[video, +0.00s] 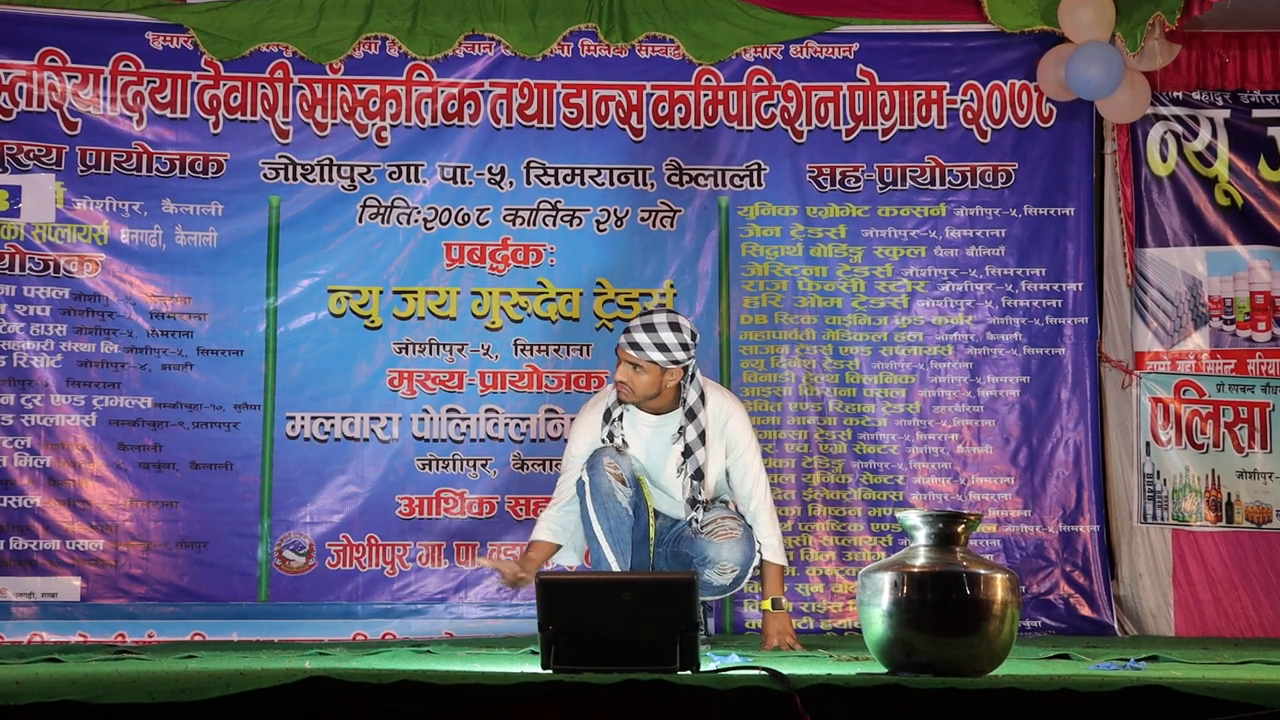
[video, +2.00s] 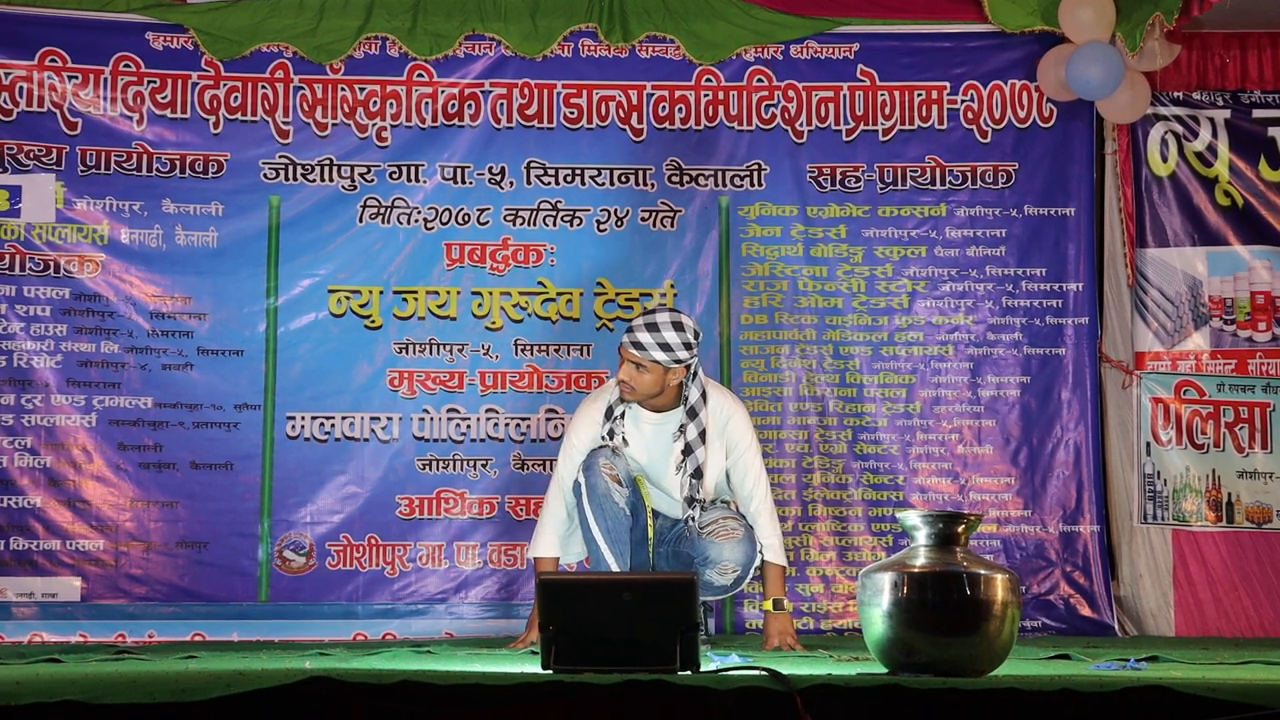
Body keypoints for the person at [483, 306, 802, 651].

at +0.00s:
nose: (618, 374)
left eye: (634, 368)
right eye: (620, 361)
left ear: (673, 375)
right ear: (618, 355)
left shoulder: (723, 413)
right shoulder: (597, 414)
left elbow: (759, 506)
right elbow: (567, 501)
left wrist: (775, 604)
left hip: (689, 542)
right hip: (627, 536)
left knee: (731, 536)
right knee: (605, 462)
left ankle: (687, 614)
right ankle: (621, 607)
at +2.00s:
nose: (622, 375)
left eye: (638, 368)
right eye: (622, 361)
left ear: (677, 374)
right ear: (620, 355)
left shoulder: (725, 413)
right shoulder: (597, 411)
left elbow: (760, 507)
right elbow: (557, 502)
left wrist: (777, 609)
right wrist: (543, 607)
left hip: (691, 540)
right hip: (628, 532)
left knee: (733, 546)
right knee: (601, 463)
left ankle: (687, 611)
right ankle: (619, 607)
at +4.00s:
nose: (623, 374)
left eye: (639, 367)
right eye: (624, 360)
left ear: (678, 373)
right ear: (622, 355)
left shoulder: (728, 414)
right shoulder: (600, 411)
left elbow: (762, 507)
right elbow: (558, 506)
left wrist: (777, 609)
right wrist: (542, 607)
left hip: (693, 538)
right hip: (630, 530)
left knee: (733, 546)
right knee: (604, 462)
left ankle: (690, 610)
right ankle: (620, 607)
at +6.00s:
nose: (628, 348)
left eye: (645, 340)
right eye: (629, 336)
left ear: (681, 353)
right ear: (625, 335)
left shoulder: (727, 410)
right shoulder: (604, 400)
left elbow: (762, 503)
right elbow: (559, 473)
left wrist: (778, 604)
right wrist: (535, 490)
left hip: (697, 537)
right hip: (634, 529)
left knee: (736, 550)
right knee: (601, 461)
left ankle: (684, 610)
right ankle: (619, 603)